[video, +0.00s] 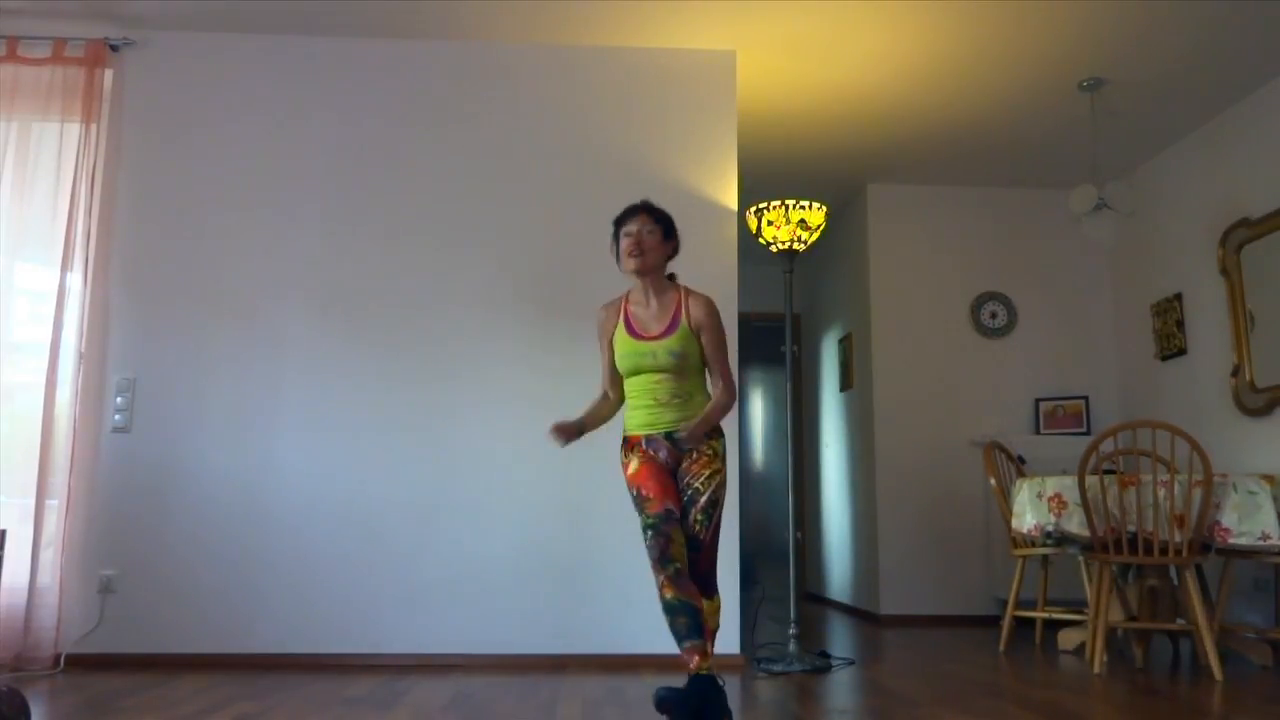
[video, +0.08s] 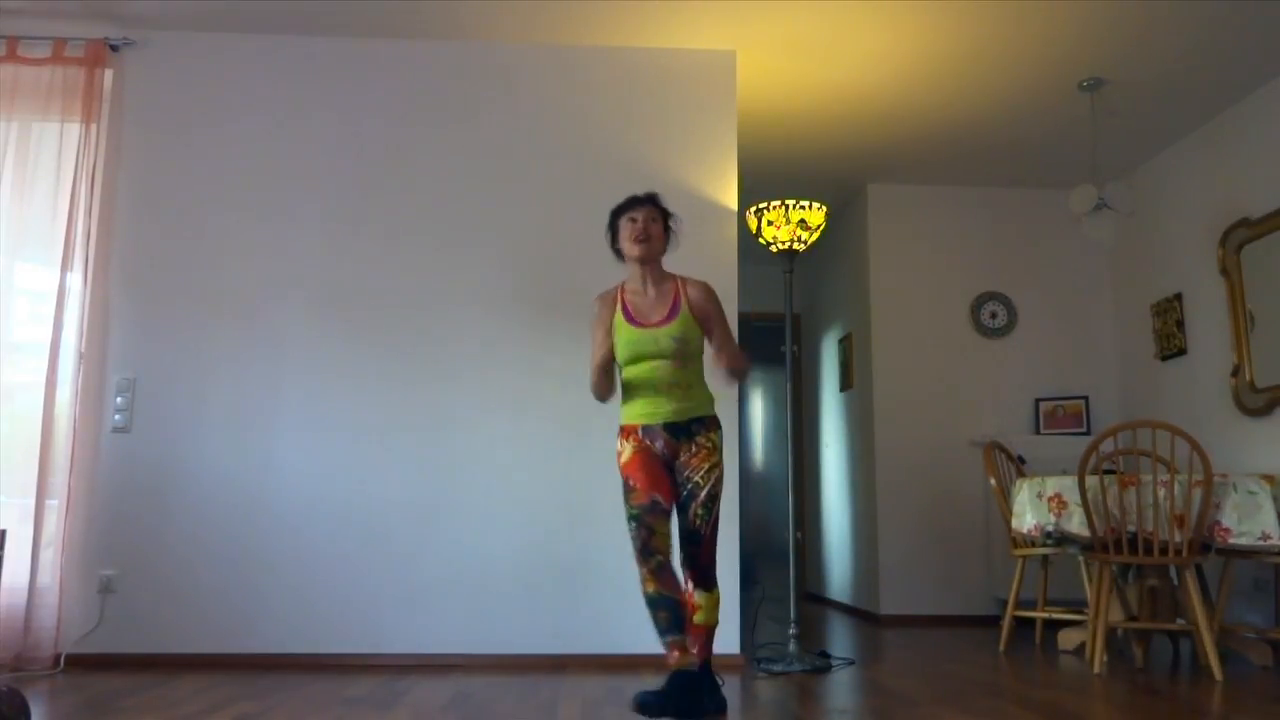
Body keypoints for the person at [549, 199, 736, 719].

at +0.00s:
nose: (634, 243)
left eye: (645, 236)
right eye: (626, 237)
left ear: (669, 247)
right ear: (617, 251)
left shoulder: (697, 308)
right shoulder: (611, 316)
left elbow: (725, 390)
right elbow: (612, 393)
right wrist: (578, 425)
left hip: (699, 442)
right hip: (641, 445)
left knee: (699, 553)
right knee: (665, 540)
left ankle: (701, 676)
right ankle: (701, 673)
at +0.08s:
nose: (642, 228)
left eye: (651, 221)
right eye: (631, 222)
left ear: (667, 235)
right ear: (616, 239)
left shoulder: (697, 294)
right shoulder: (609, 304)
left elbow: (734, 370)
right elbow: (602, 391)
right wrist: (606, 349)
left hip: (697, 432)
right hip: (639, 435)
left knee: (697, 553)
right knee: (650, 550)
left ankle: (703, 675)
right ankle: (682, 670)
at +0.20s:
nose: (635, 205)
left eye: (643, 197)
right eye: (623, 198)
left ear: (655, 211)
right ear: (604, 216)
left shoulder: (681, 265)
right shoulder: (595, 271)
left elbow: (752, 298)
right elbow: (593, 312)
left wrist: (747, 245)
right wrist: (631, 255)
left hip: (688, 405)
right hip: (629, 407)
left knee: (694, 537)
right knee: (615, 532)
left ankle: (699, 662)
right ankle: (610, 662)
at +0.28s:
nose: (627, 198)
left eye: (636, 191)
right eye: (615, 189)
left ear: (645, 205)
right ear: (593, 207)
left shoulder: (665, 257)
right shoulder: (584, 258)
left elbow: (744, 256)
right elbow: (602, 248)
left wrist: (750, 197)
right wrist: (649, 206)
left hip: (680, 392)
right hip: (621, 393)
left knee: (690, 525)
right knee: (594, 521)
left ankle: (700, 653)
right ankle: (564, 646)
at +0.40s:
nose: (619, 216)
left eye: (626, 208)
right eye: (609, 206)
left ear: (631, 219)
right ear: (585, 210)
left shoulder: (638, 267)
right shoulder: (573, 260)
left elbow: (699, 221)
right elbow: (607, 197)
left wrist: (751, 177)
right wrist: (664, 155)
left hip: (655, 400)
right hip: (597, 400)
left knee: (676, 530)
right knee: (568, 529)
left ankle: (697, 655)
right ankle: (529, 656)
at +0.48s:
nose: (610, 220)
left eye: (619, 213)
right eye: (601, 209)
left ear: (626, 225)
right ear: (579, 215)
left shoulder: (623, 277)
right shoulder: (563, 267)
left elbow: (682, 235)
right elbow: (598, 197)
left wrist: (736, 185)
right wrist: (654, 156)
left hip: (631, 412)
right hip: (575, 410)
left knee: (668, 535)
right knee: (554, 538)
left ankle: (691, 658)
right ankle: (528, 663)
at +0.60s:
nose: (598, 239)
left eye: (610, 233)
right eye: (593, 227)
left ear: (618, 246)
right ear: (573, 234)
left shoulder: (610, 298)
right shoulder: (548, 284)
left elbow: (679, 280)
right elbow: (556, 223)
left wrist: (701, 219)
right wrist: (619, 193)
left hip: (596, 429)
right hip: (541, 424)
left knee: (648, 531)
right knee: (534, 550)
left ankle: (664, 653)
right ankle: (528, 667)